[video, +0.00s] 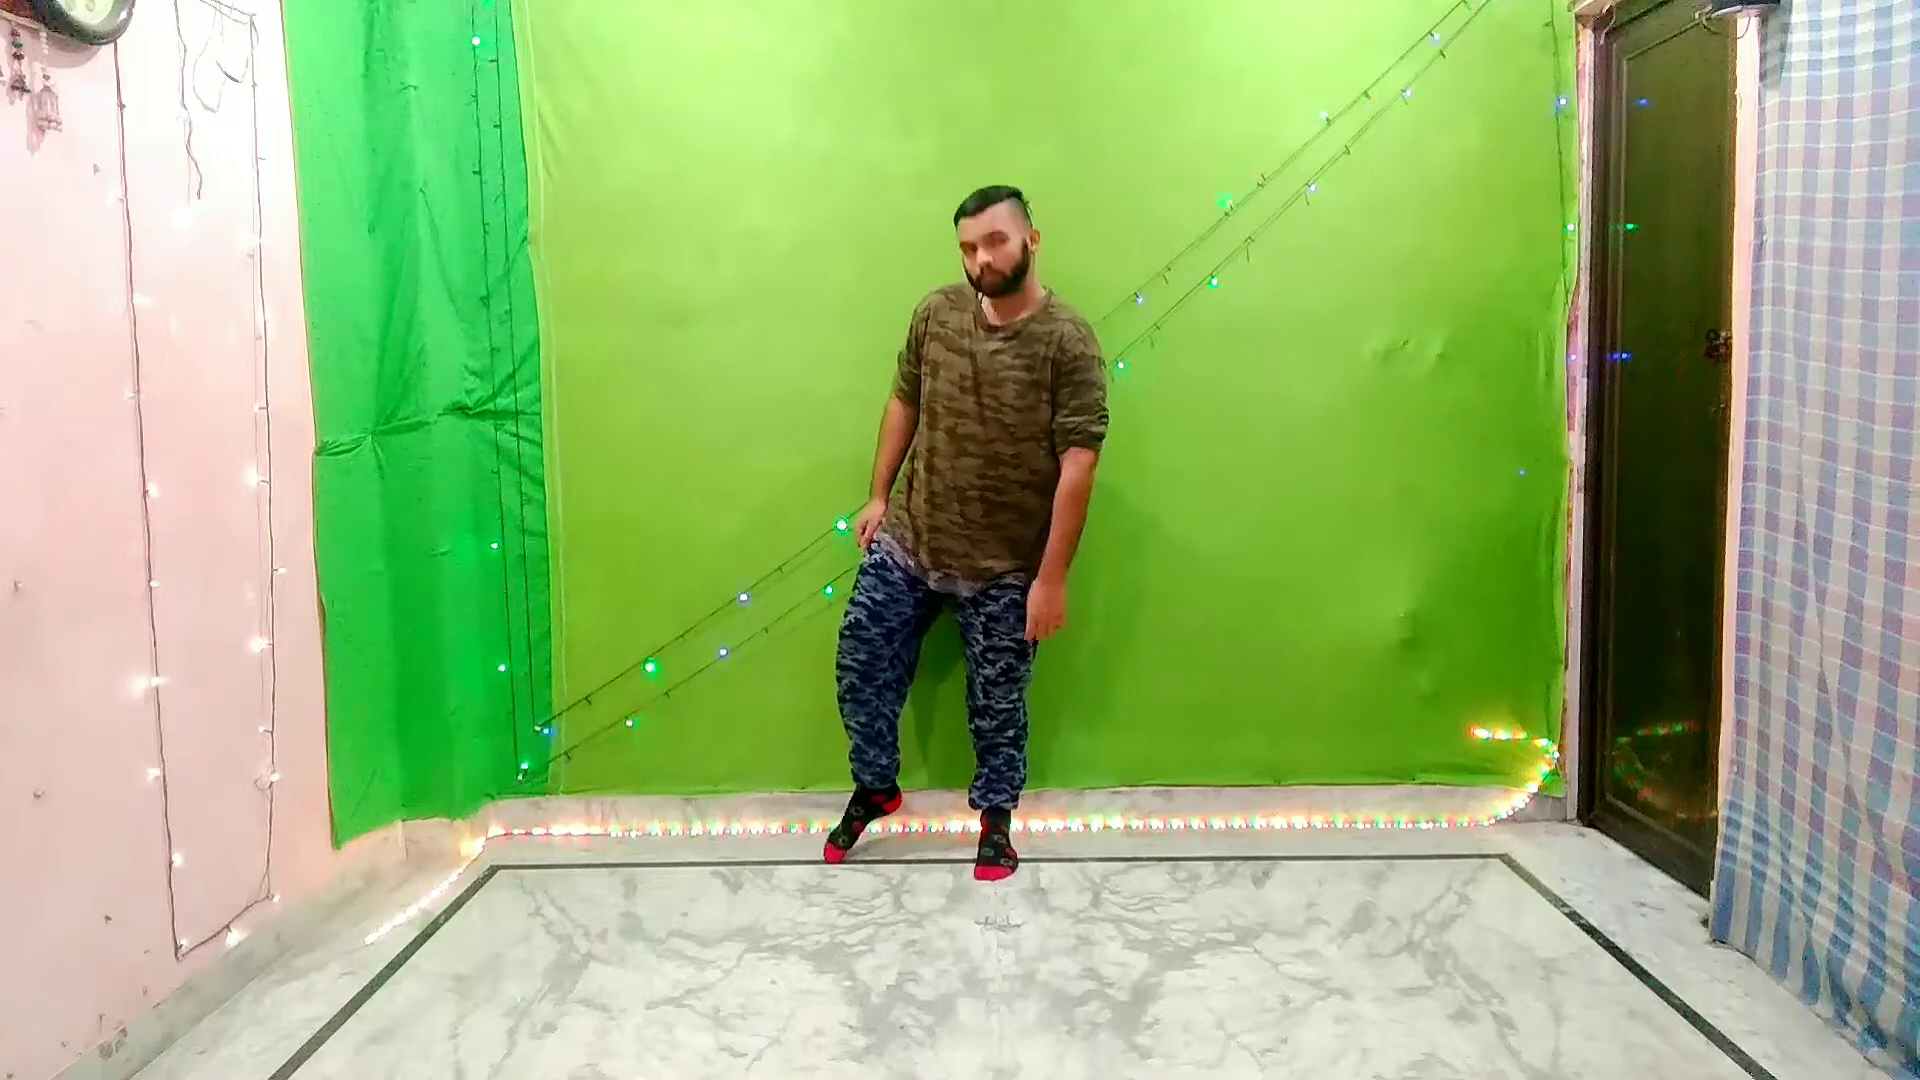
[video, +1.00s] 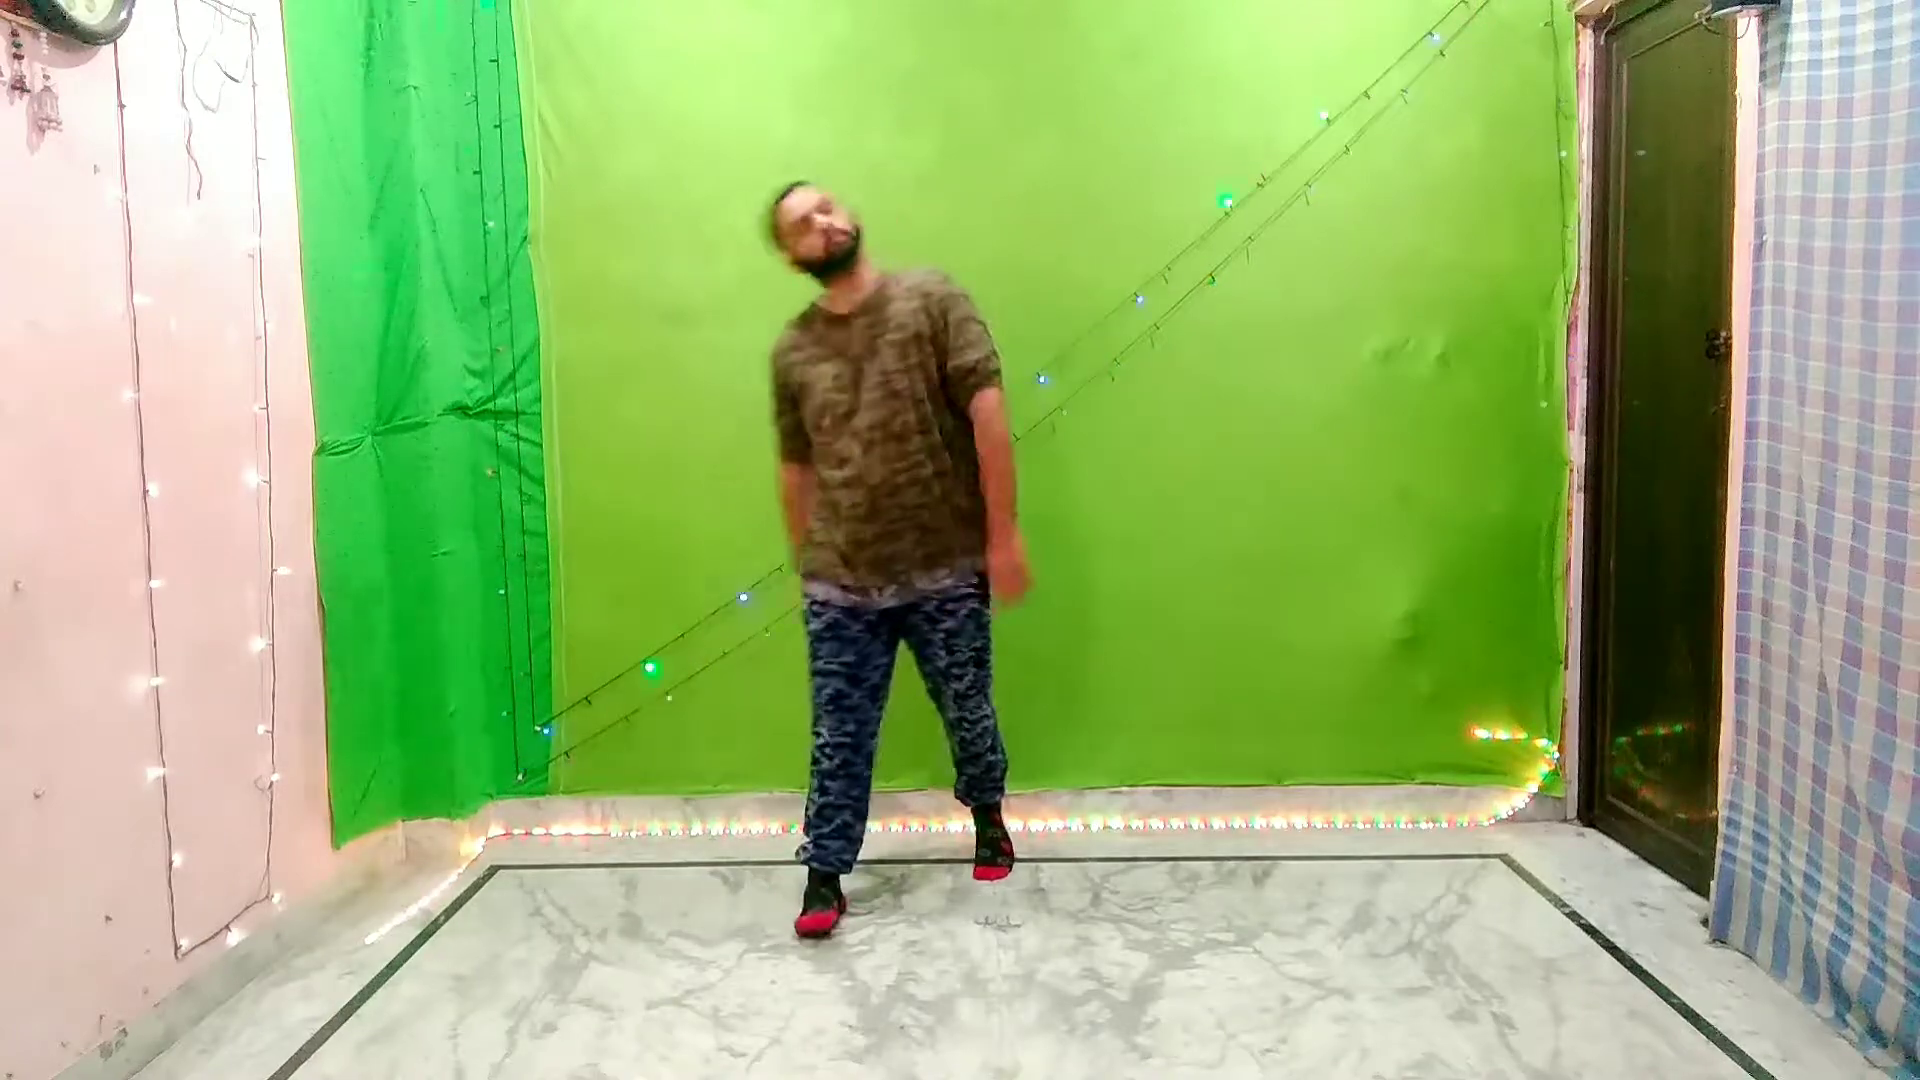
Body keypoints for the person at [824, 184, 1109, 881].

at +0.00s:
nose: (981, 260)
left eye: (995, 243)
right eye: (969, 248)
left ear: (1031, 239)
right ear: (960, 252)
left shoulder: (1068, 341)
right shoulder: (937, 313)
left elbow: (1078, 464)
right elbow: (905, 403)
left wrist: (1050, 578)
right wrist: (878, 494)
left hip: (1004, 557)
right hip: (912, 536)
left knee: (996, 696)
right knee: (864, 654)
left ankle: (995, 819)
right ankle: (874, 788)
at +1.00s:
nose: (822, 221)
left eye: (824, 207)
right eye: (802, 225)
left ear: (851, 216)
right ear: (793, 259)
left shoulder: (933, 301)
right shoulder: (795, 350)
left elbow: (989, 415)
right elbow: (796, 464)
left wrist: (1002, 534)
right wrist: (809, 556)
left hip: (943, 558)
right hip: (842, 571)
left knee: (966, 706)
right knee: (838, 729)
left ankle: (988, 821)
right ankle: (824, 875)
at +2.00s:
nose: (908, 185)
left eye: (899, 176)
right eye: (886, 188)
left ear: (903, 210)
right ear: (857, 235)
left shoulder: (955, 297)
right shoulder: (852, 327)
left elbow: (971, 434)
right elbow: (855, 464)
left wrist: (998, 551)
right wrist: (913, 583)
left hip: (989, 573)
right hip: (890, 589)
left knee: (1015, 741)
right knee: (859, 750)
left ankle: (1057, 879)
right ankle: (822, 890)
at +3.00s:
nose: (1208, 171)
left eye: (1199, 161)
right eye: (1189, 166)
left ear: (1172, 200)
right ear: (1147, 204)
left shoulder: (1213, 294)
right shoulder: (1126, 305)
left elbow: (1243, 408)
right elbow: (1112, 443)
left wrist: (1278, 341)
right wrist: (1166, 578)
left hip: (1259, 571)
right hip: (1194, 583)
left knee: (1246, 736)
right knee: (1226, 766)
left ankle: (1129, 841)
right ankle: (1246, 941)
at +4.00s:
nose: (1430, 148)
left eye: (1415, 137)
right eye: (1408, 144)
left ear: (1382, 195)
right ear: (1377, 191)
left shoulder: (1423, 288)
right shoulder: (1369, 291)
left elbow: (1517, 334)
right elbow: (1523, 329)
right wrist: (1581, 178)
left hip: (1463, 566)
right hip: (1382, 571)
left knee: (1487, 745)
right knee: (1393, 750)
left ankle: (1447, 918)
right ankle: (1275, 912)